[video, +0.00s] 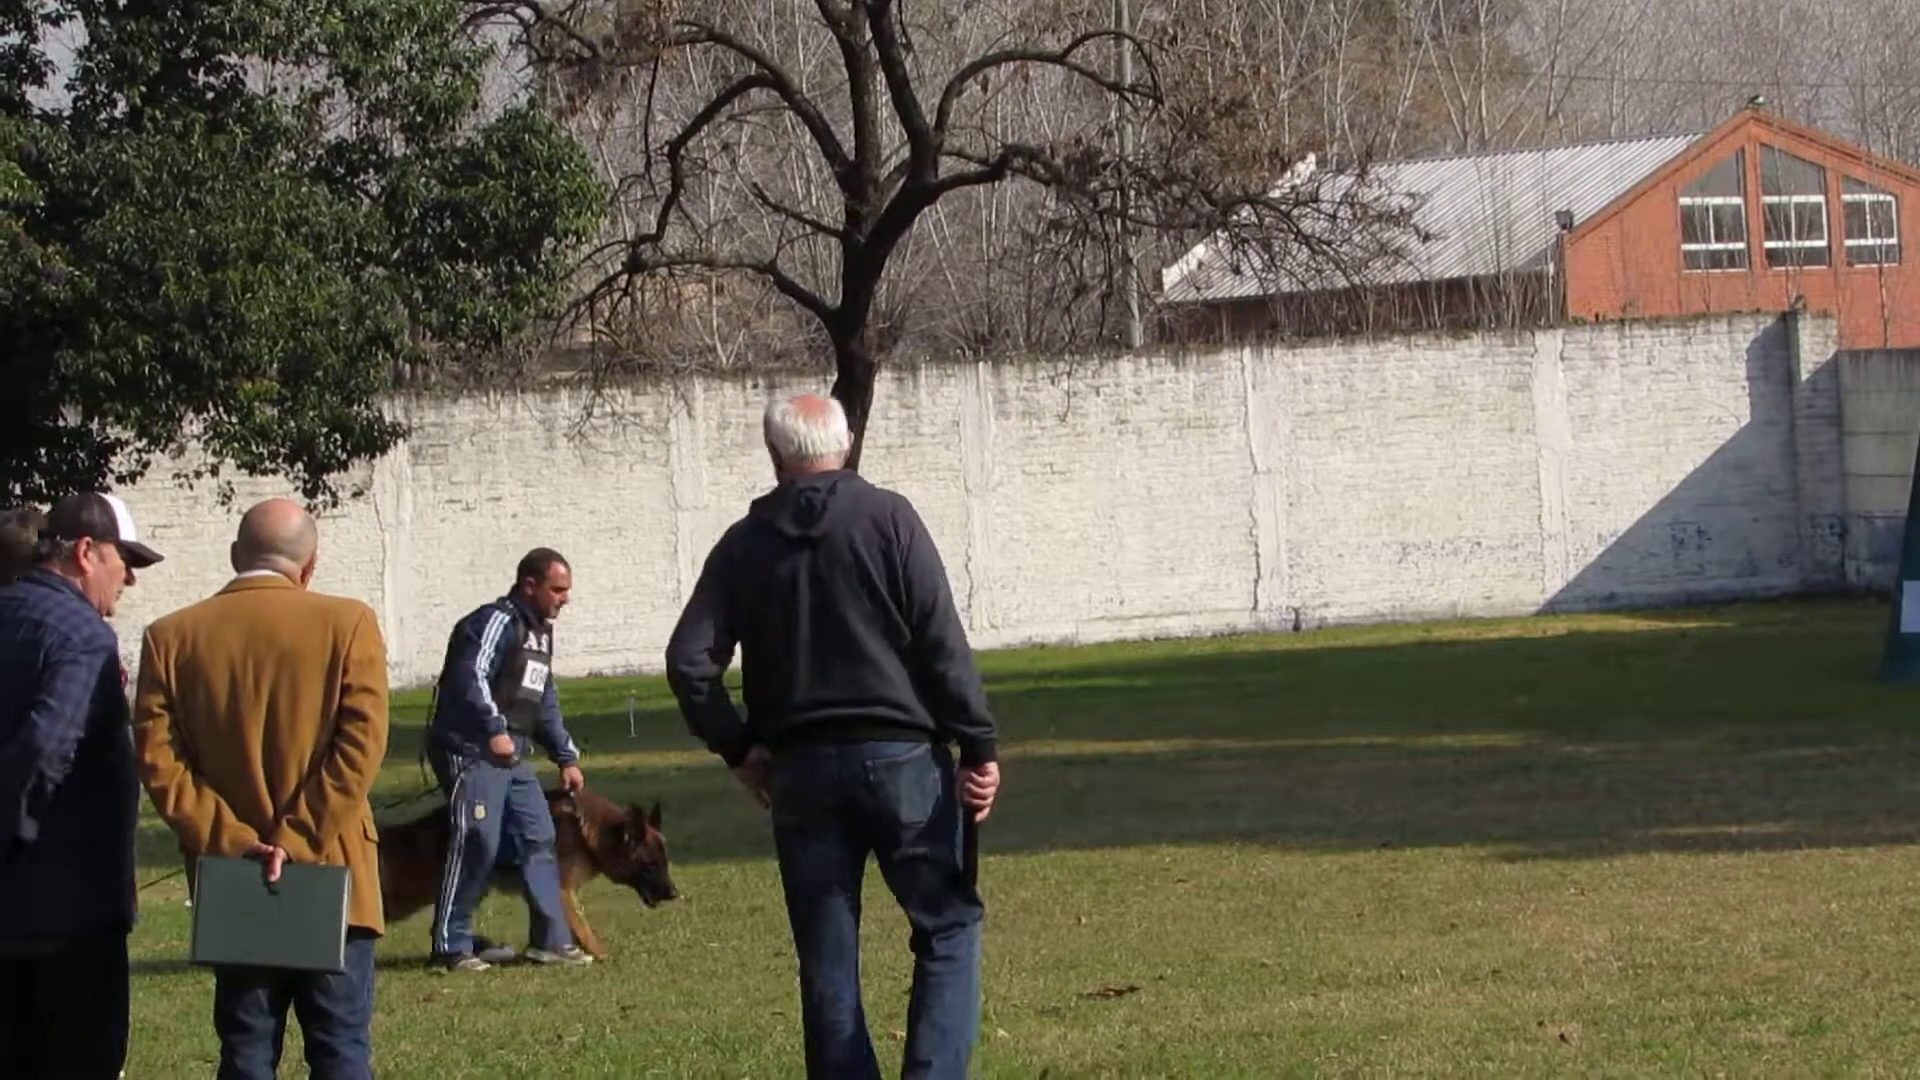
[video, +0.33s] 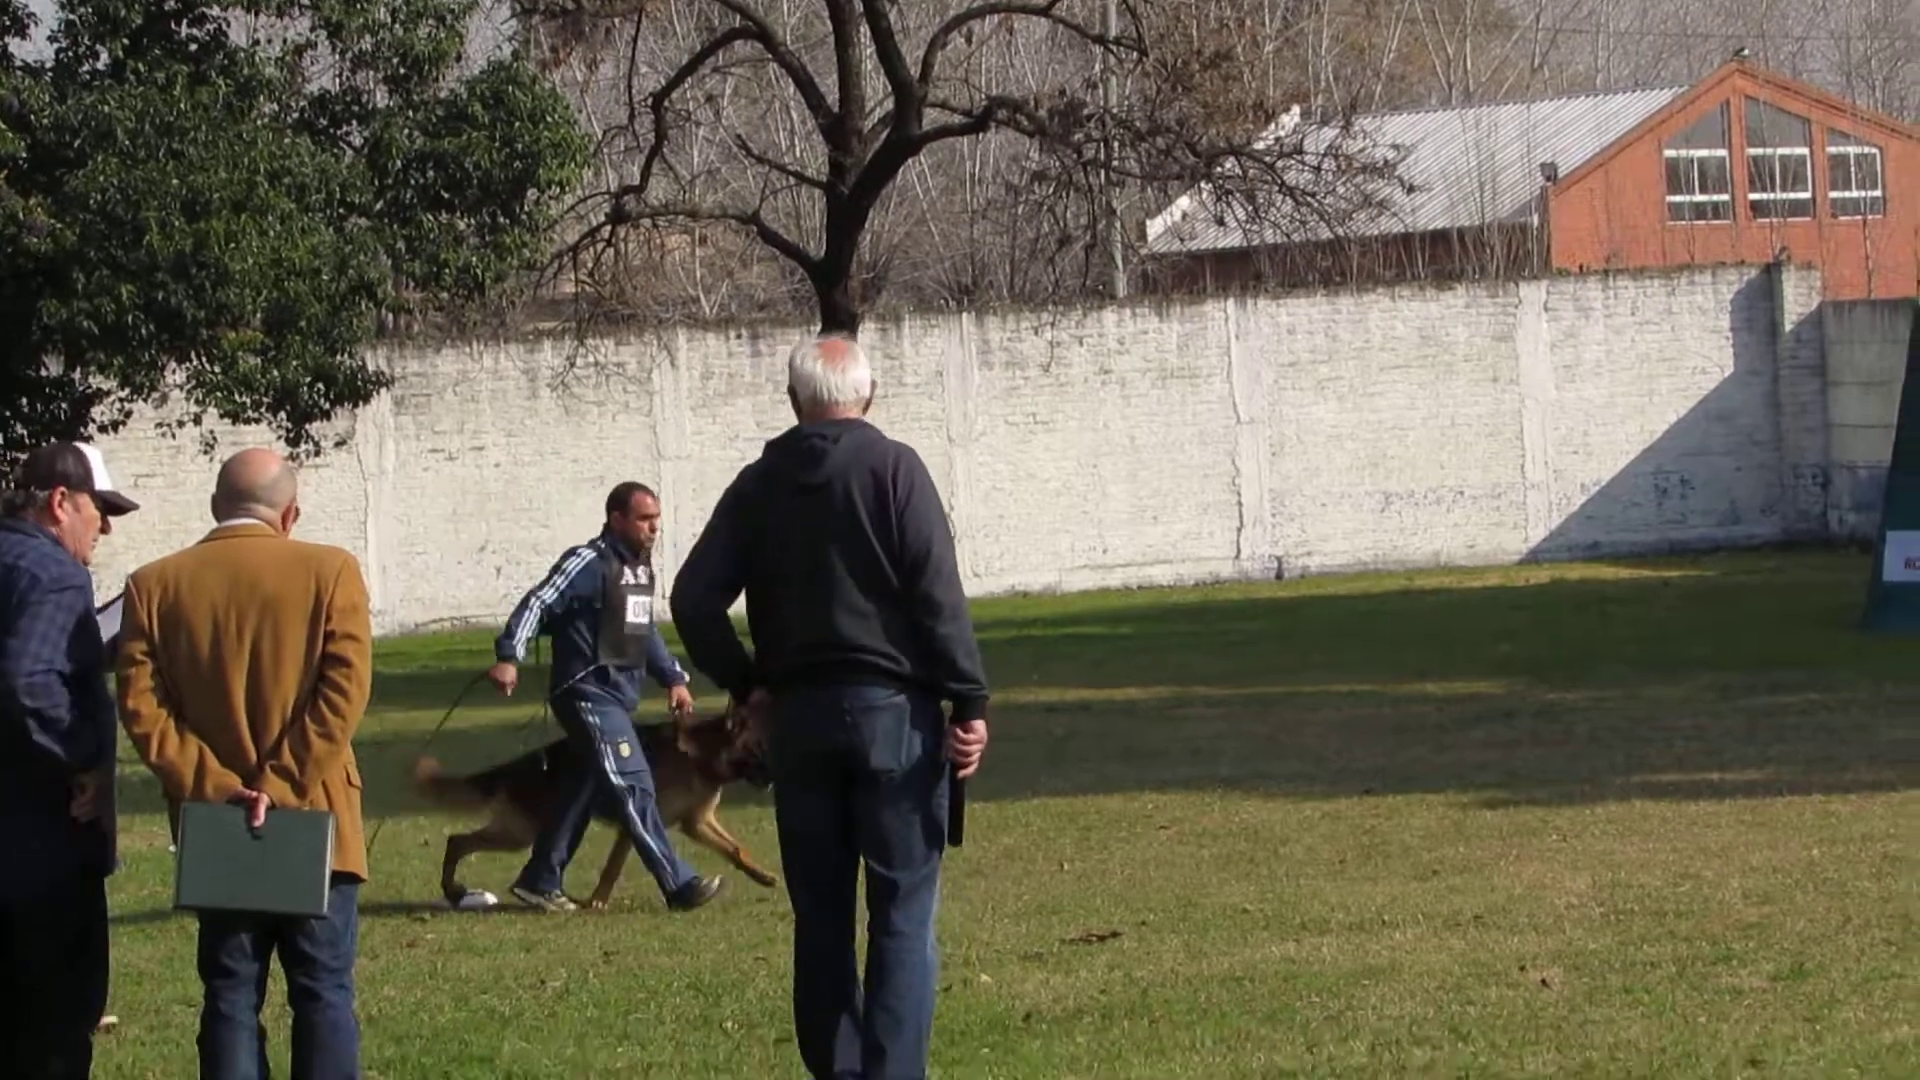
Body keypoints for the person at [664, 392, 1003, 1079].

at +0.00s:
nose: (852, 451)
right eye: (851, 442)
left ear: (775, 457)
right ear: (848, 447)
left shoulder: (743, 542)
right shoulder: (888, 517)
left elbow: (688, 661)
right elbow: (940, 642)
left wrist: (738, 747)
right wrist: (979, 746)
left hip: (799, 772)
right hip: (902, 761)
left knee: (825, 960)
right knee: (947, 928)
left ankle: (841, 1074)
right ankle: (933, 1072)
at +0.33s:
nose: (872, 402)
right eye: (872, 392)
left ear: (793, 400)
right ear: (869, 397)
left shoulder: (757, 481)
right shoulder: (893, 466)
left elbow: (693, 600)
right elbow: (937, 595)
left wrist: (745, 684)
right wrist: (970, 702)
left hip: (795, 713)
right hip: (890, 709)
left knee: (818, 911)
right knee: (904, 907)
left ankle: (835, 1065)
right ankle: (897, 1068)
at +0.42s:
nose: (880, 370)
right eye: (879, 360)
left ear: (798, 365)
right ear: (874, 365)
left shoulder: (759, 448)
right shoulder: (896, 434)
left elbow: (697, 561)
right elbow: (936, 564)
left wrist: (747, 645)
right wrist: (968, 670)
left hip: (797, 682)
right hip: (888, 677)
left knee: (817, 872)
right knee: (901, 867)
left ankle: (832, 1046)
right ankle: (889, 1053)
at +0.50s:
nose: (890, 326)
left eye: (886, 316)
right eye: (888, 316)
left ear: (803, 322)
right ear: (881, 321)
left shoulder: (765, 401)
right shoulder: (899, 391)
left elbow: (700, 516)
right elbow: (938, 521)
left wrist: (751, 602)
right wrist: (970, 627)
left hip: (800, 640)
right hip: (891, 636)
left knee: (819, 826)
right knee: (900, 822)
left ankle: (833, 1009)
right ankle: (888, 1016)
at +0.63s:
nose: (887, 267)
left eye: (882, 255)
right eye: (886, 257)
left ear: (801, 258)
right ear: (876, 263)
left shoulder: (761, 340)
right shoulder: (890, 335)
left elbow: (695, 457)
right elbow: (925, 467)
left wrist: (740, 543)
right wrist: (951, 572)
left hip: (785, 584)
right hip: (873, 579)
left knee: (806, 771)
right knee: (879, 770)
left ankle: (813, 953)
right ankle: (867, 960)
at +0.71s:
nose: (870, 229)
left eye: (866, 217)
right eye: (868, 219)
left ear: (783, 219)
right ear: (856, 224)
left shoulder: (738, 302)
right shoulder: (870, 296)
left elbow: (671, 409)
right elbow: (904, 430)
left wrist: (716, 500)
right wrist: (927, 537)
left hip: (763, 545)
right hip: (852, 542)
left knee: (785, 732)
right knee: (857, 733)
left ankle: (791, 914)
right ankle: (844, 921)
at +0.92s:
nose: (804, 173)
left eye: (799, 161)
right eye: (802, 162)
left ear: (723, 157)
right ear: (789, 165)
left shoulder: (674, 236)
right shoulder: (798, 238)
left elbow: (600, 352)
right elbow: (830, 373)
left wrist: (653, 442)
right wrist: (850, 484)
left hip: (692, 482)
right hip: (776, 481)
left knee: (711, 670)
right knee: (783, 672)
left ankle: (703, 859)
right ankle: (769, 864)